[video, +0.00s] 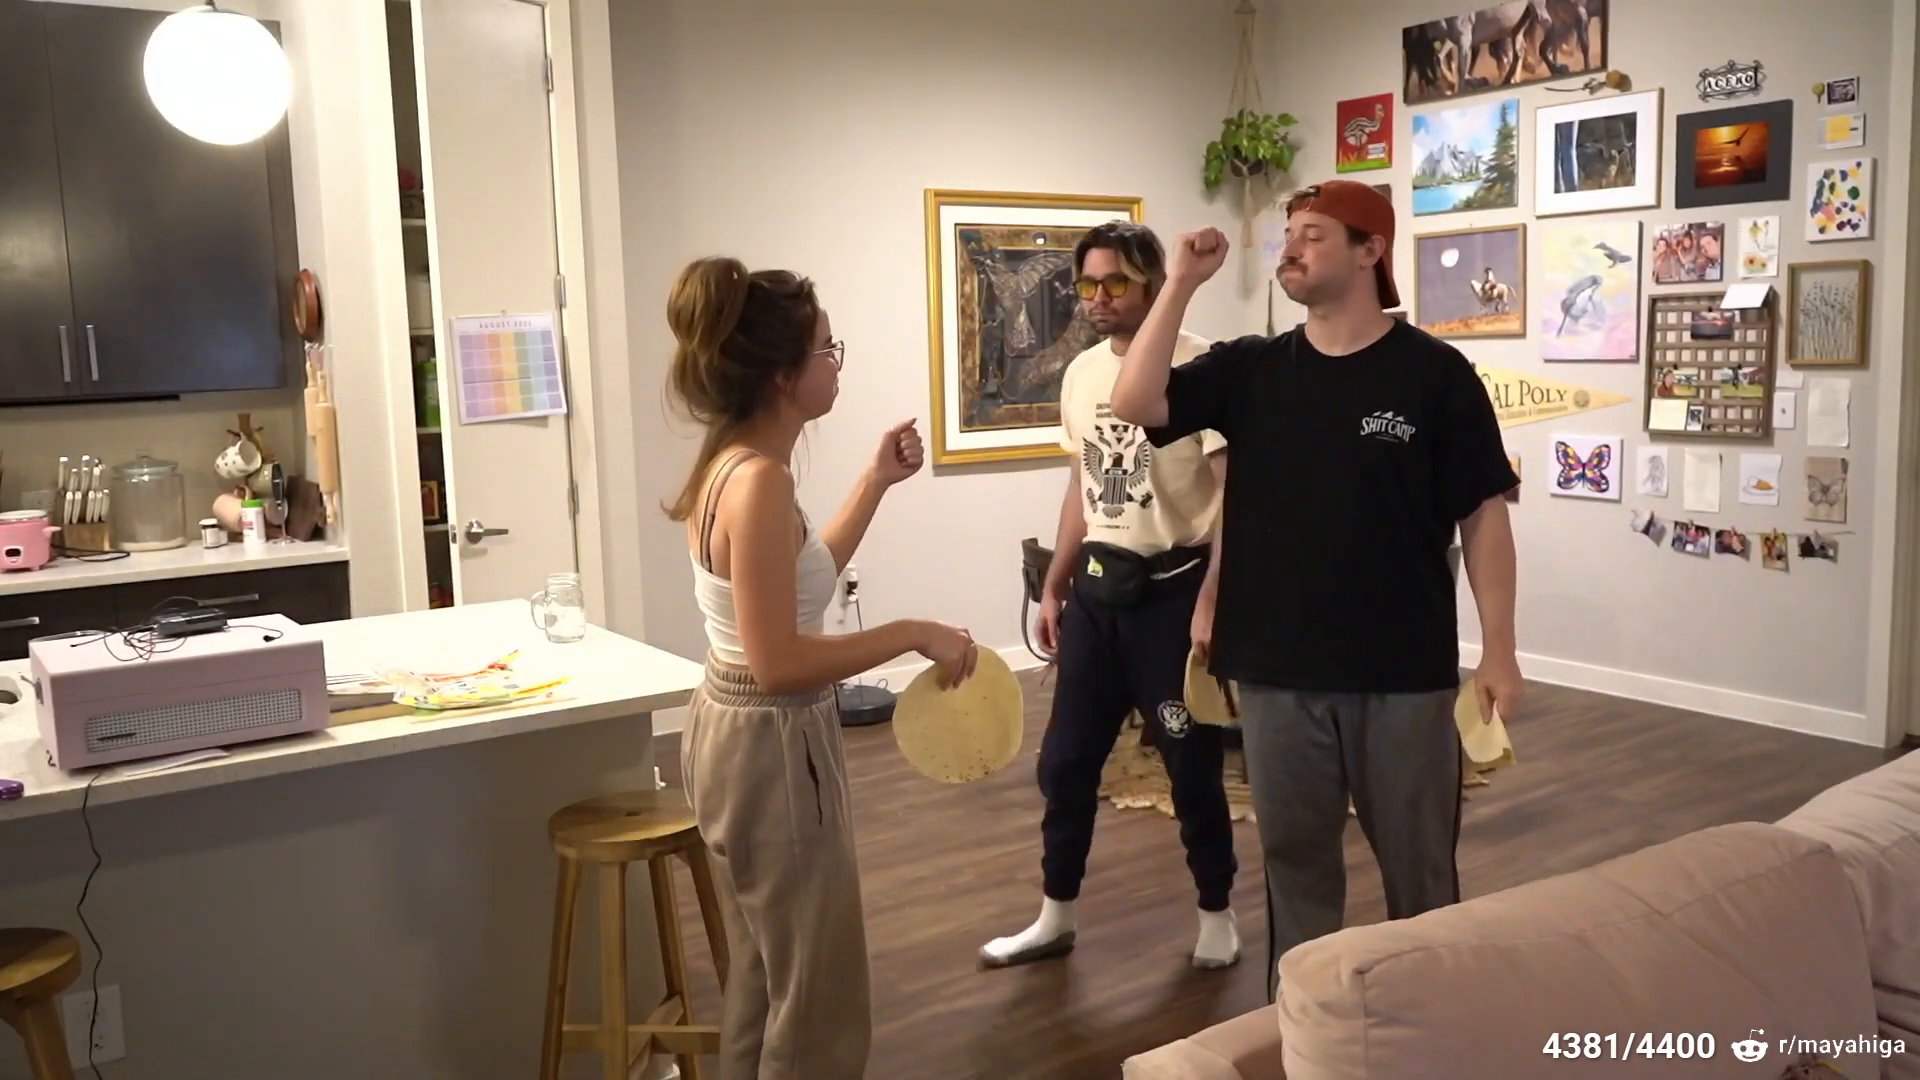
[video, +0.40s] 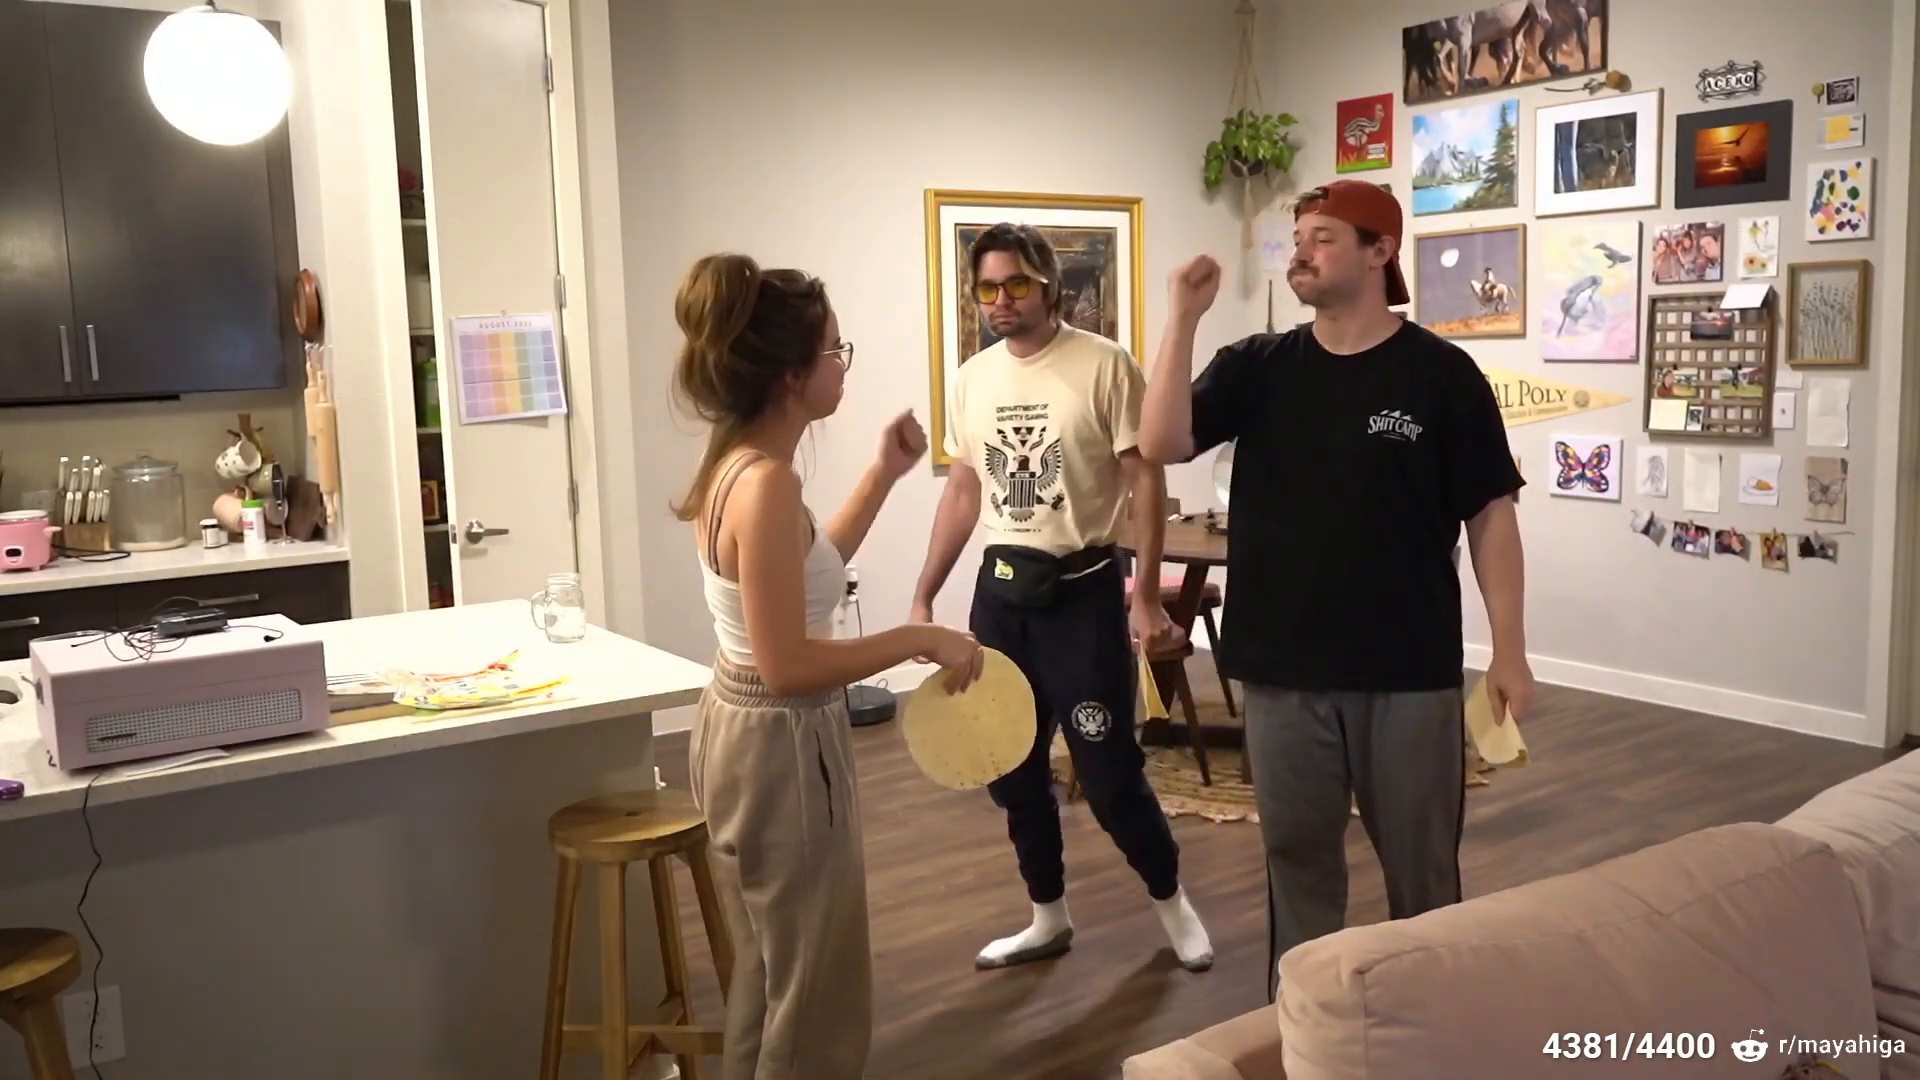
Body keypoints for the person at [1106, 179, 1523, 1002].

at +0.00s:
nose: (1289, 246)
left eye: (1311, 234)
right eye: (1287, 235)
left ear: (1367, 253)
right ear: (1284, 257)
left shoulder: (1437, 373)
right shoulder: (1252, 367)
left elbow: (1485, 517)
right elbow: (1134, 401)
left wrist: (1499, 652)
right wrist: (1180, 282)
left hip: (1403, 678)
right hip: (1274, 677)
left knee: (1421, 880)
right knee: (1295, 877)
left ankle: (1438, 1037)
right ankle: (1299, 1037)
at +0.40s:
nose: (1301, 252)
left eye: (1323, 238)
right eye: (1297, 241)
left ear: (1378, 253)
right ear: (1293, 259)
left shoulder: (1443, 372)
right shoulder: (1258, 365)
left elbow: (1492, 513)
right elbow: (1162, 441)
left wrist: (1508, 651)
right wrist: (1182, 321)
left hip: (1409, 676)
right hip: (1280, 673)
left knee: (1422, 876)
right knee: (1296, 869)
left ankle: (1438, 1033)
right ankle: (1302, 1032)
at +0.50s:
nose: (1302, 257)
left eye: (1325, 242)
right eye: (1300, 244)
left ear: (1382, 256)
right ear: (1299, 261)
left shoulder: (1448, 376)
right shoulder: (1259, 371)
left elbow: (1490, 521)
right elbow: (1178, 472)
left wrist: (1506, 654)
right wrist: (1135, 431)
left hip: (1408, 677)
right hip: (1283, 675)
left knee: (1420, 874)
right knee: (1295, 865)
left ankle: (1433, 1031)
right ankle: (1301, 1027)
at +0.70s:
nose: (1294, 255)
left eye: (1315, 241)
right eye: (1289, 244)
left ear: (1371, 255)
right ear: (1286, 261)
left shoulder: (1440, 371)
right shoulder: (1257, 371)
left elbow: (1490, 511)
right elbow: (1155, 450)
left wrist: (1504, 645)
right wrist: (1164, 329)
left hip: (1410, 675)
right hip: (1285, 674)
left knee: (1422, 875)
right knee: (1296, 865)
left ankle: (1435, 1032)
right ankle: (1302, 1032)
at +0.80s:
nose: (1293, 258)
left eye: (1314, 243)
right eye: (1288, 246)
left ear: (1370, 255)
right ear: (1285, 261)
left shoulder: (1439, 371)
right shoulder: (1255, 373)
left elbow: (1490, 513)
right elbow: (1163, 476)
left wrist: (1506, 646)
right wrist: (1149, 372)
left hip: (1408, 677)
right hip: (1283, 676)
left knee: (1420, 876)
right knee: (1295, 869)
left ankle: (1435, 1032)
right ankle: (1304, 1032)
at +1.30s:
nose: (1287, 257)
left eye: (1310, 244)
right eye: (1283, 244)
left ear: (1364, 259)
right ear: (1278, 257)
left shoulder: (1428, 375)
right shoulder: (1245, 376)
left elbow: (1476, 516)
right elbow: (1172, 494)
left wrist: (1485, 654)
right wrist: (1154, 475)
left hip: (1396, 679)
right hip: (1272, 679)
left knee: (1414, 883)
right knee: (1291, 879)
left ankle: (1436, 1038)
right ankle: (1302, 1039)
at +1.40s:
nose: (1282, 258)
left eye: (1304, 245)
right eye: (1278, 246)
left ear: (1360, 260)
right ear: (1274, 258)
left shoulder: (1424, 374)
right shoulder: (1247, 372)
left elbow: (1473, 514)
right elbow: (1143, 455)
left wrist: (1484, 652)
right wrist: (1165, 340)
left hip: (1394, 677)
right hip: (1274, 676)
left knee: (1414, 878)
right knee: (1290, 873)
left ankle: (1434, 1036)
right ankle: (1298, 1036)